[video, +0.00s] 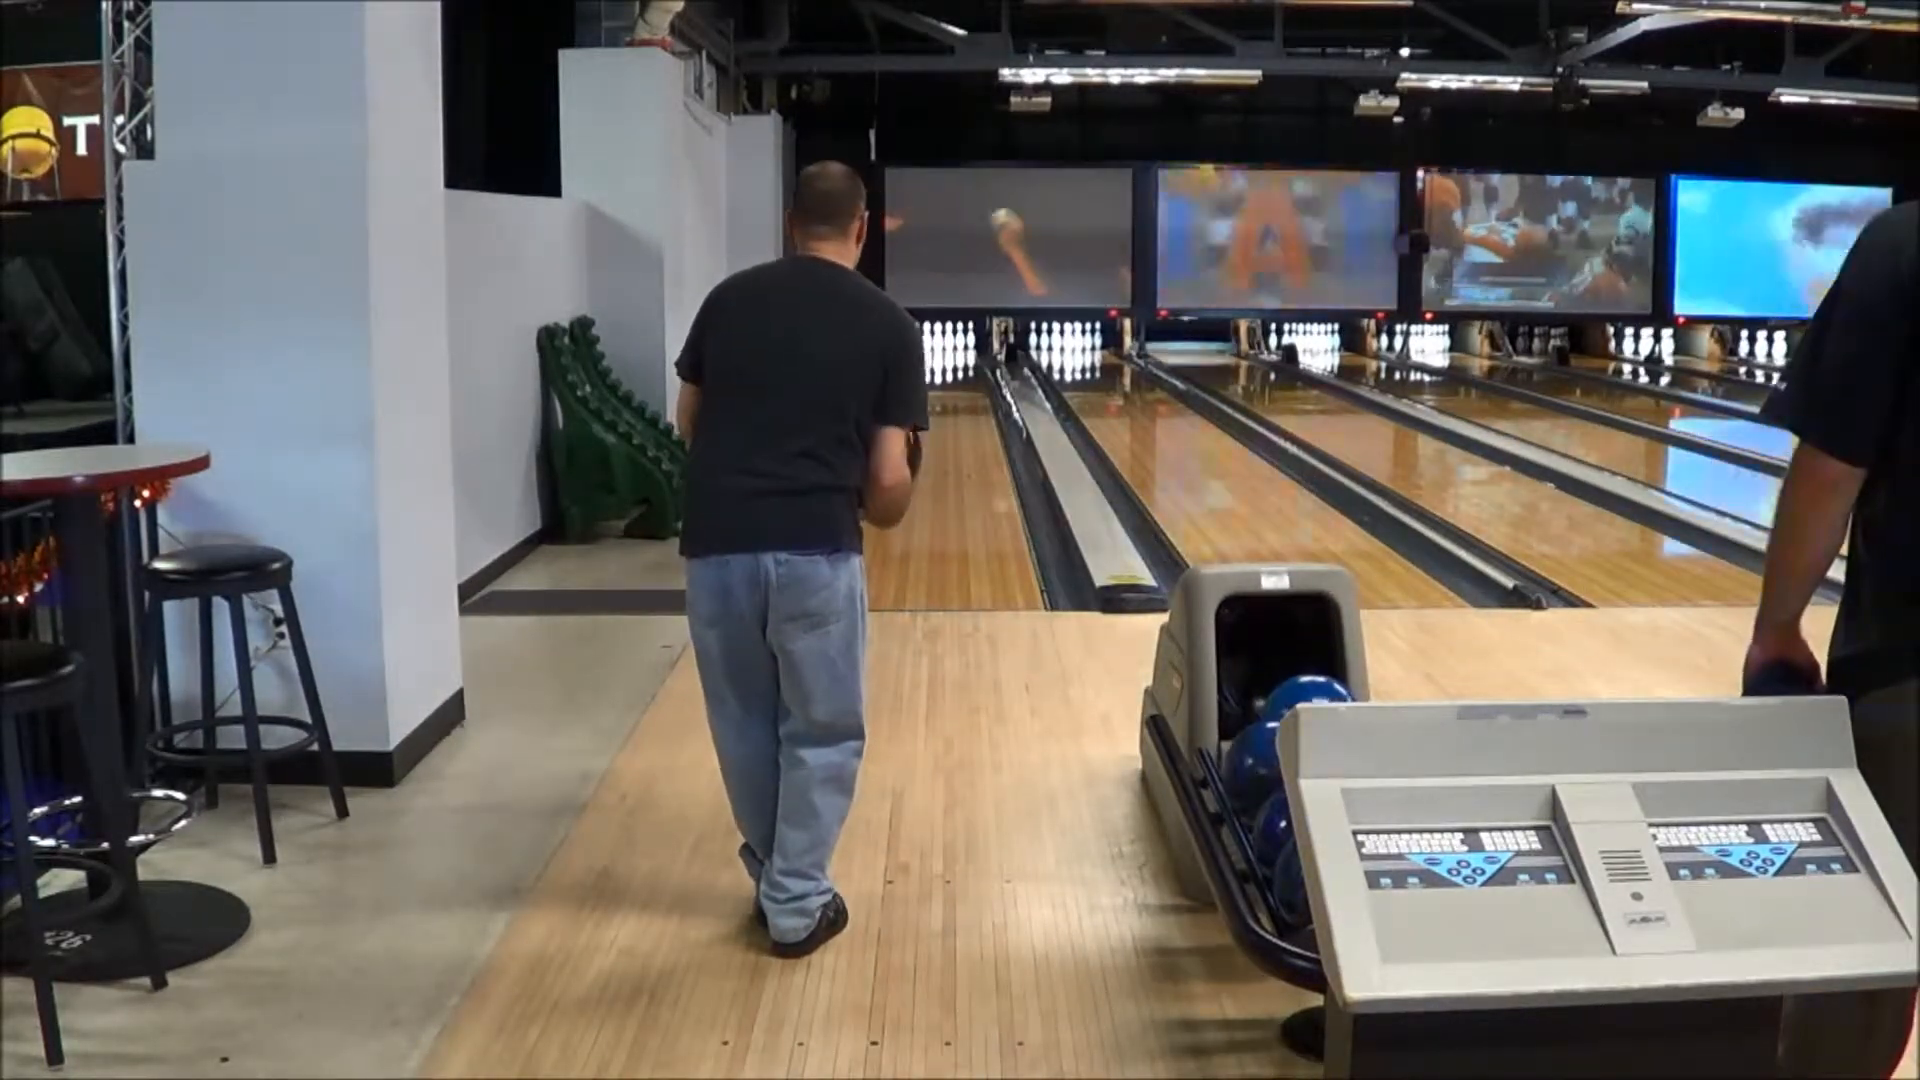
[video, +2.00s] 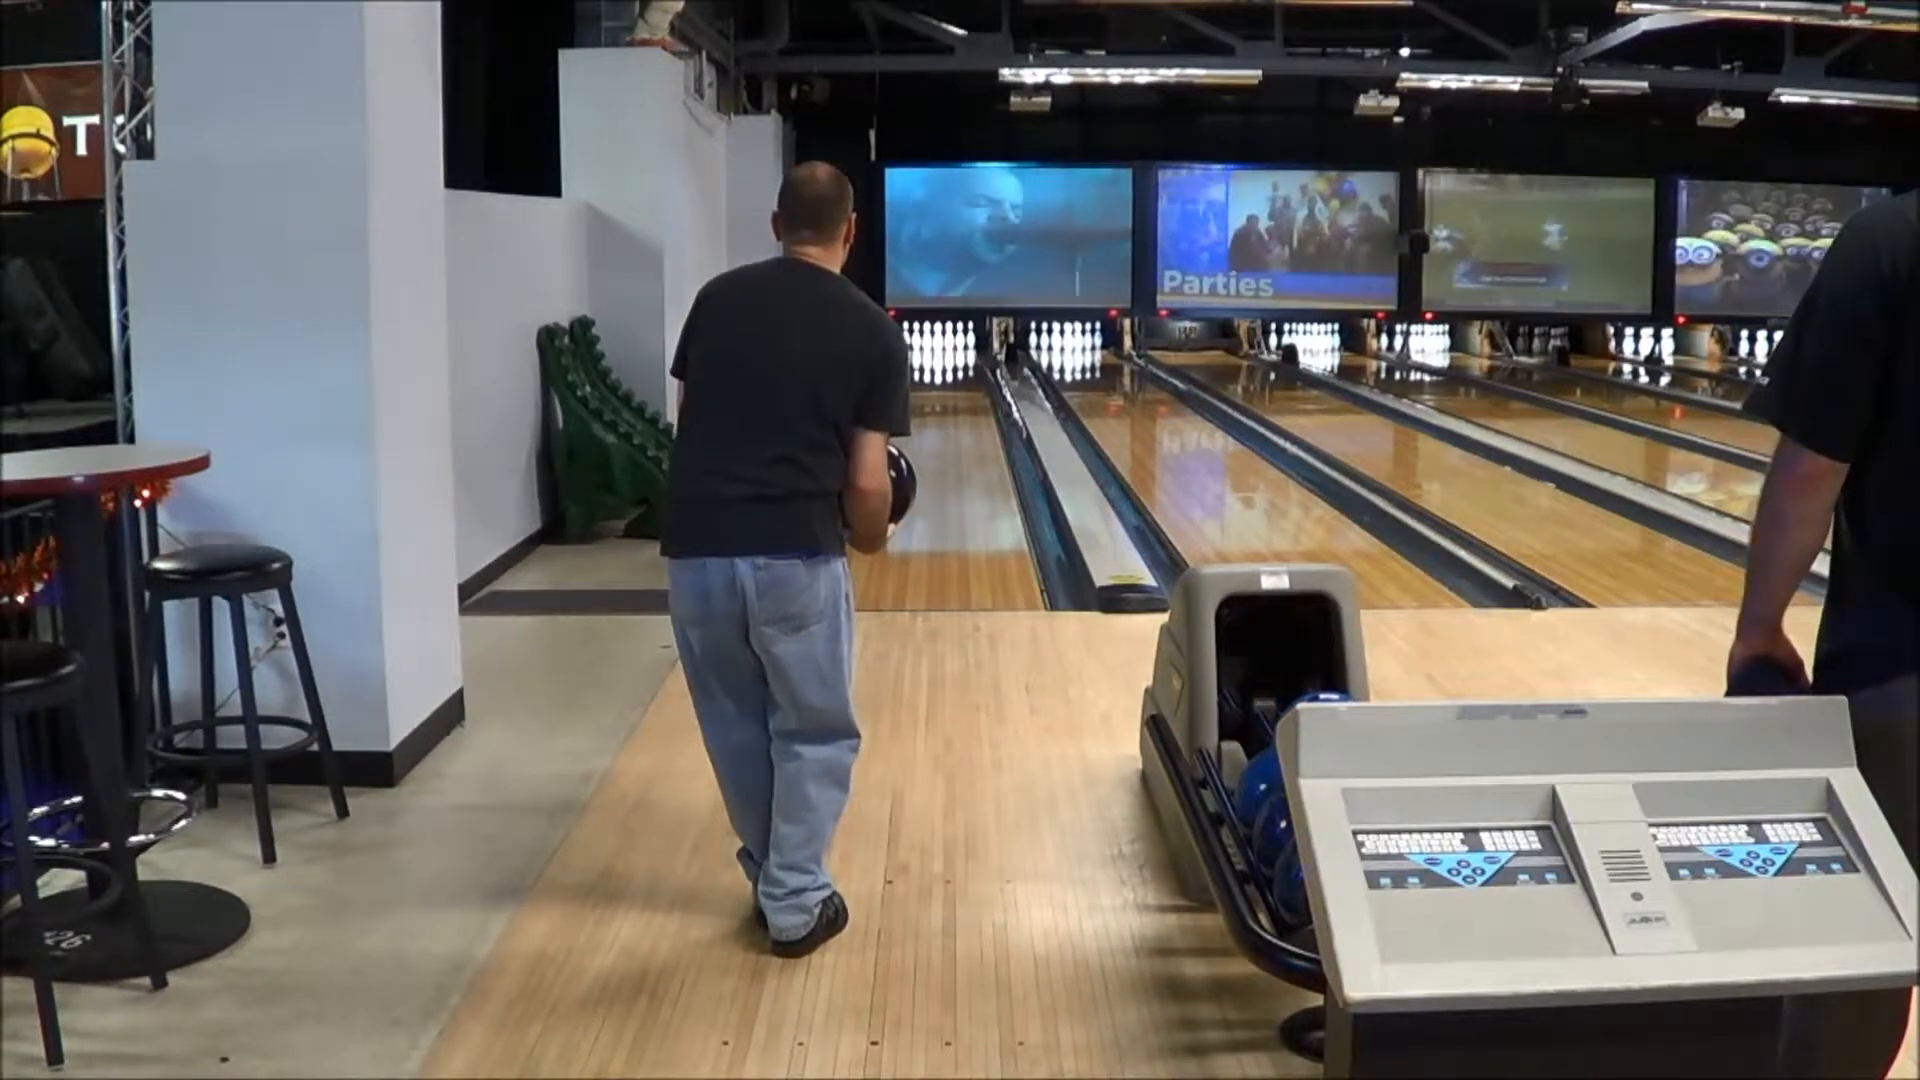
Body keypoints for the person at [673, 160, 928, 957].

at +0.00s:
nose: (865, 234)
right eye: (868, 223)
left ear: (789, 224)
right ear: (863, 228)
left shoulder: (730, 297)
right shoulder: (885, 322)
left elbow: (688, 419)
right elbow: (889, 476)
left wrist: (738, 462)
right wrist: (876, 512)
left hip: (716, 540)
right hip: (817, 542)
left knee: (742, 718)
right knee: (823, 730)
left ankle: (769, 868)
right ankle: (793, 905)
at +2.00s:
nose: (850, 235)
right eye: (854, 224)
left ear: (775, 226)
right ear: (851, 229)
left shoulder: (717, 298)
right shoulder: (868, 328)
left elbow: (686, 421)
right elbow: (867, 485)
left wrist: (724, 486)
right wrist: (873, 538)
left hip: (695, 549)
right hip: (796, 551)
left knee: (733, 722)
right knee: (814, 731)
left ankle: (769, 869)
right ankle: (793, 903)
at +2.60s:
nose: (846, 244)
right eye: (851, 234)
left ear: (778, 233)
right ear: (848, 238)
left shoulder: (717, 302)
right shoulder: (865, 336)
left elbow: (683, 419)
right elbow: (856, 485)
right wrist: (865, 542)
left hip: (688, 544)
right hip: (786, 544)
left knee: (730, 718)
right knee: (816, 712)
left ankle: (768, 881)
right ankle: (814, 878)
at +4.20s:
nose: (876, 281)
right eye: (877, 273)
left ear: (813, 267)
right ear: (871, 271)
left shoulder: (777, 308)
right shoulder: (861, 306)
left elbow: (719, 361)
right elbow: (867, 356)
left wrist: (680, 391)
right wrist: (865, 425)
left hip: (710, 456)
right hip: (782, 457)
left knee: (730, 603)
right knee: (810, 593)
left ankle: (758, 750)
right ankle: (794, 710)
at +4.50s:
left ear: (851, 293)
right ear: (898, 300)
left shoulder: (820, 337)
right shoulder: (874, 336)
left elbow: (801, 337)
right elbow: (865, 295)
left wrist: (792, 331)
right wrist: (877, 244)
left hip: (736, 463)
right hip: (799, 468)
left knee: (764, 575)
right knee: (834, 580)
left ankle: (758, 654)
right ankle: (808, 694)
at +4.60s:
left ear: (857, 304)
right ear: (905, 308)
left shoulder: (837, 347)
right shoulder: (882, 346)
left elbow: (816, 345)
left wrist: (792, 337)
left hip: (749, 464)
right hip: (803, 471)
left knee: (790, 568)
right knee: (846, 581)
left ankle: (768, 647)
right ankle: (807, 689)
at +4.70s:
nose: (918, 333)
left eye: (914, 328)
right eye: (919, 327)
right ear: (915, 328)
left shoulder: (846, 357)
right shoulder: (888, 361)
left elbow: (818, 357)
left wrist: (781, 346)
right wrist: (882, 318)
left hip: (761, 467)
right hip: (808, 477)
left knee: (803, 552)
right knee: (854, 580)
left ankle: (801, 647)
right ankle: (808, 678)